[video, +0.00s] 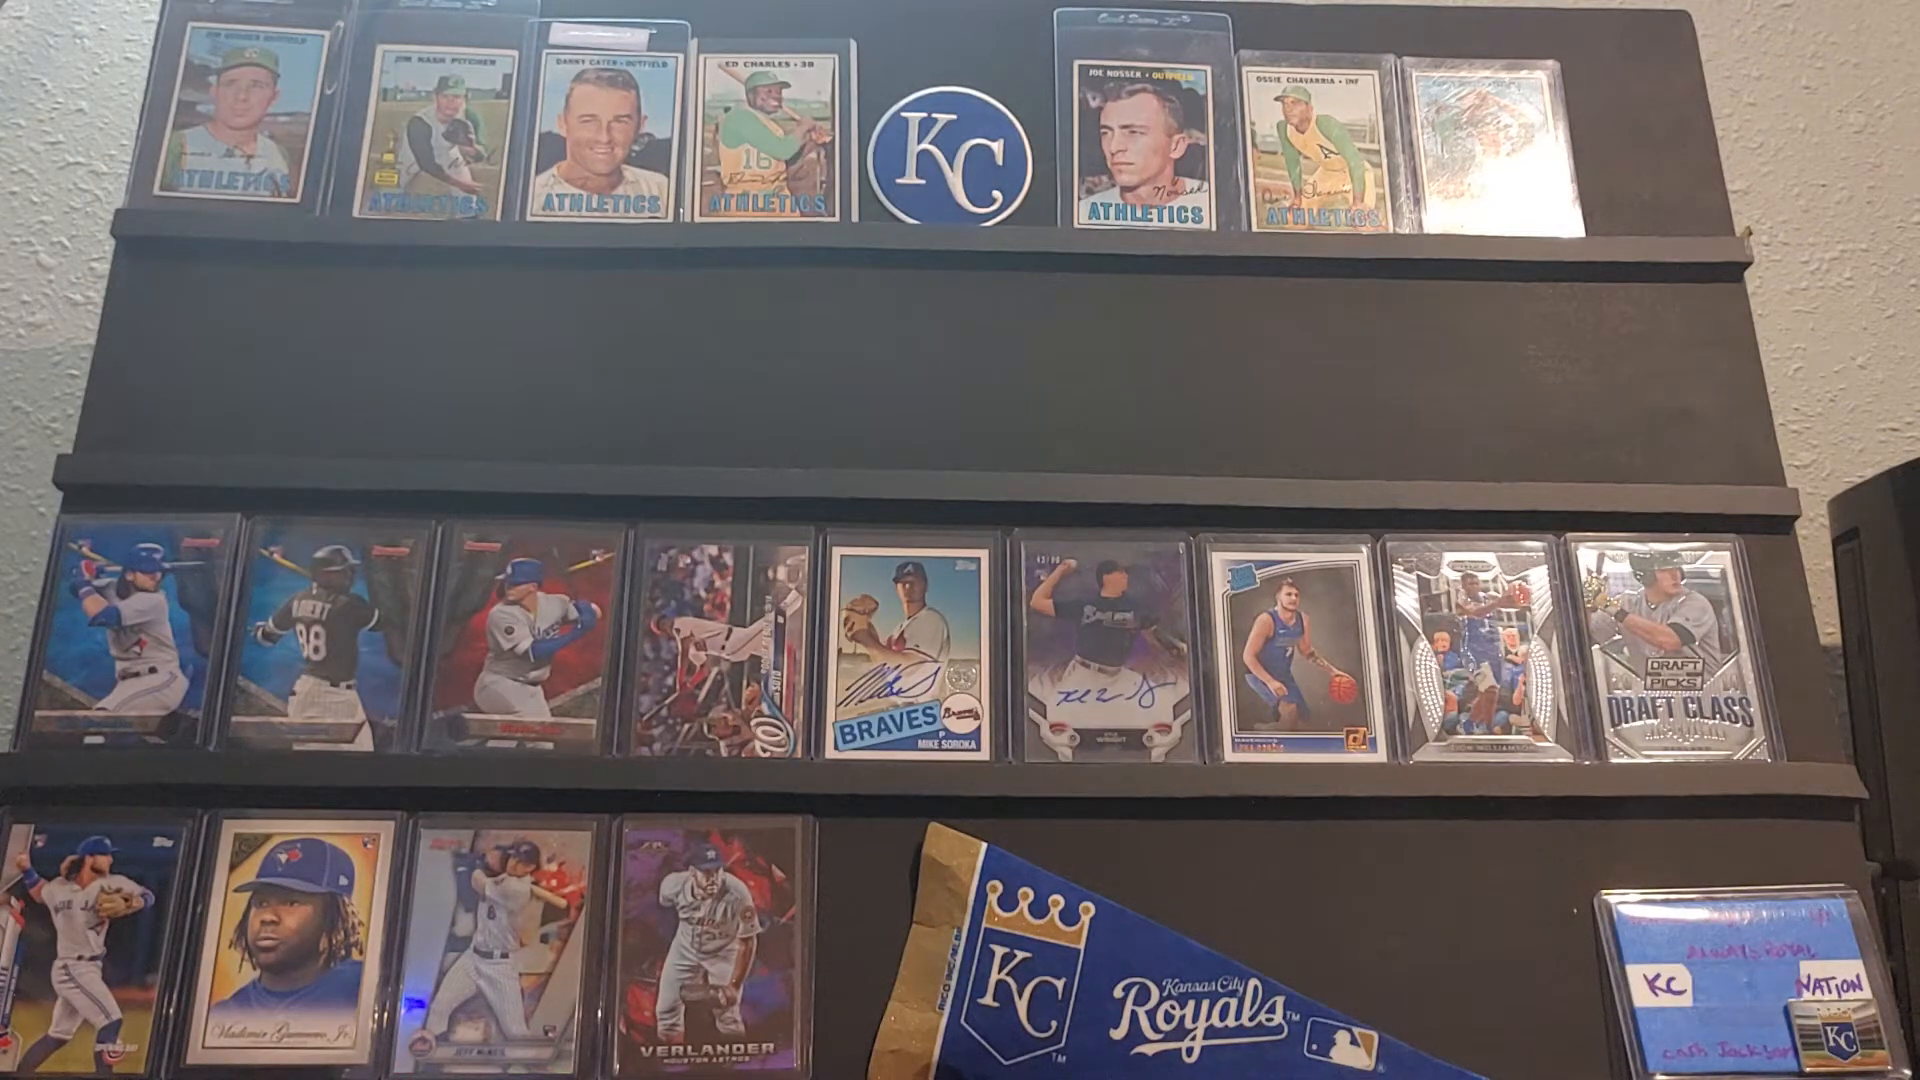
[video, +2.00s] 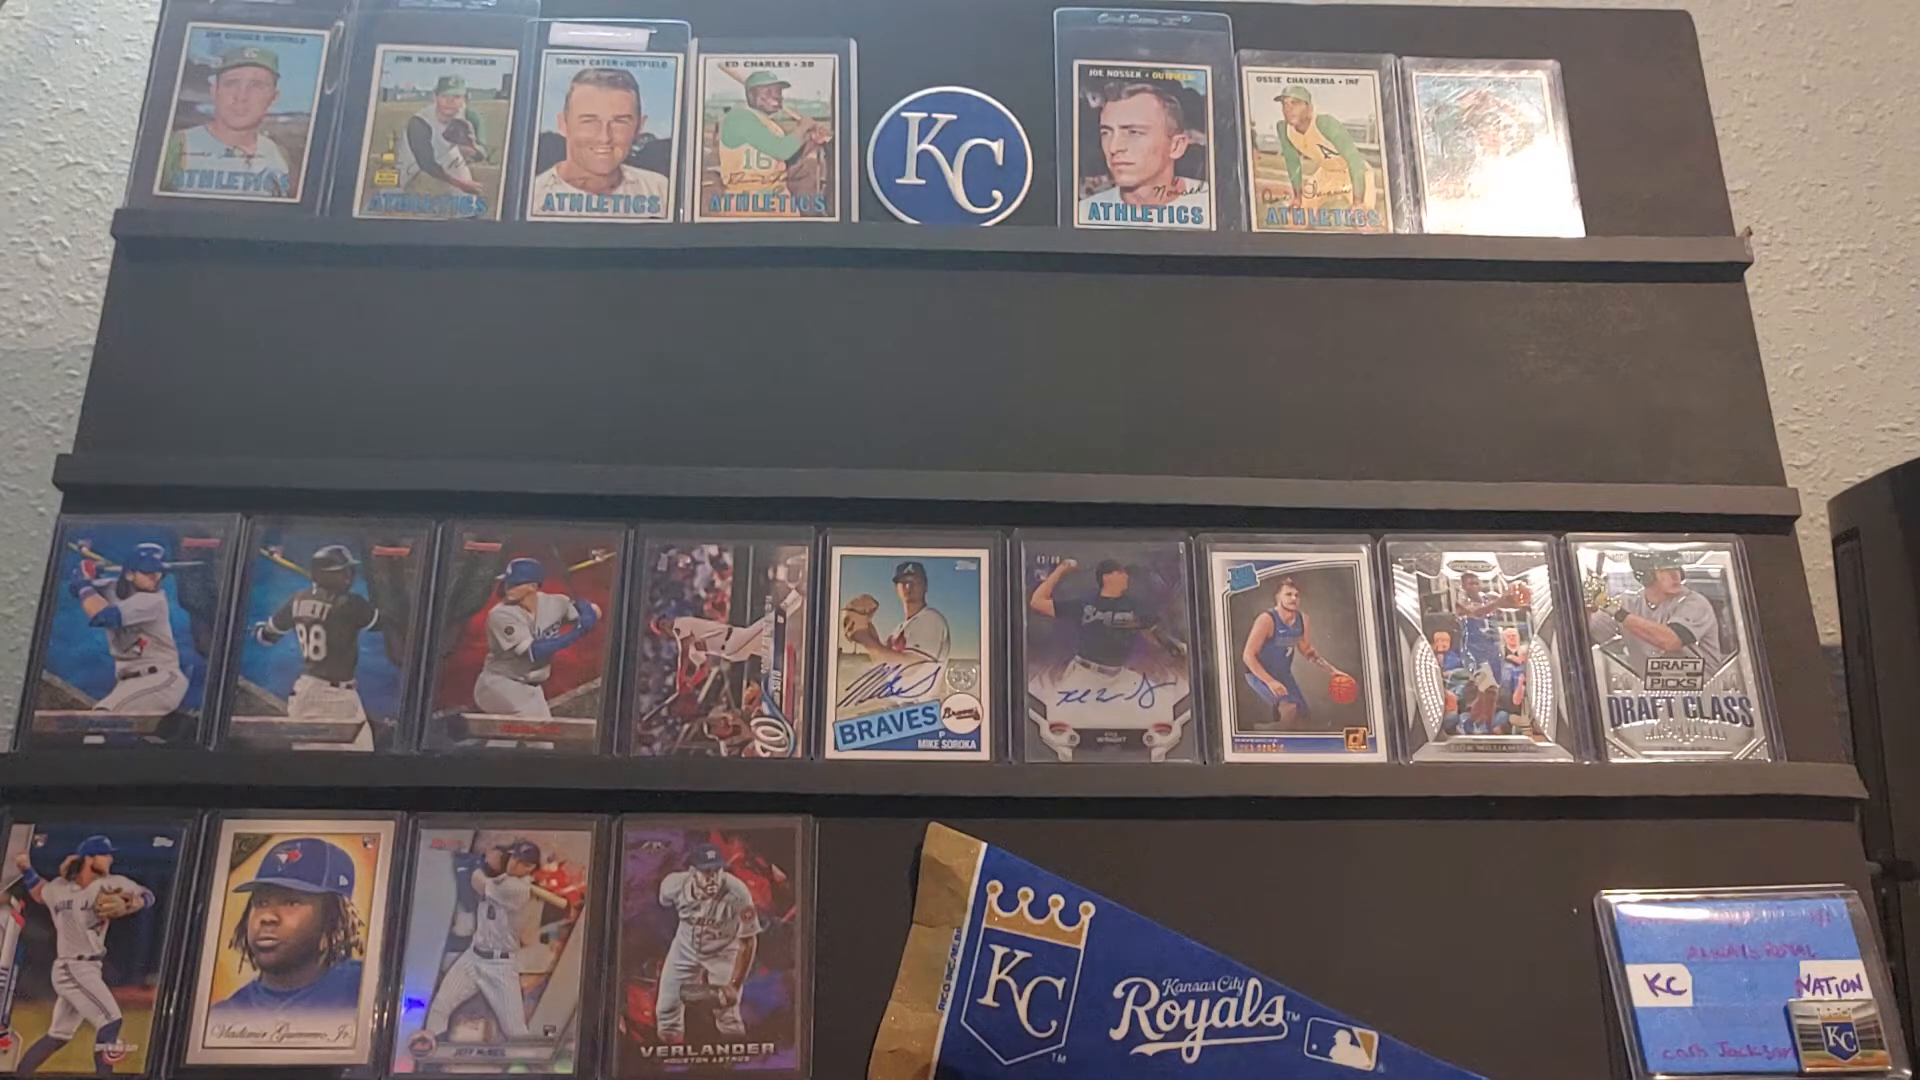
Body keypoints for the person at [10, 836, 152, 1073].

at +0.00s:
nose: (110, 860)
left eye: (110, 855)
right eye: (105, 855)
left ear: (98, 861)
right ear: (89, 859)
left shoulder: (111, 884)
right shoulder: (58, 888)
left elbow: (148, 896)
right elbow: (39, 892)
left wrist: (133, 904)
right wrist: (27, 870)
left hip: (90, 968)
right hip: (70, 969)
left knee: (58, 1036)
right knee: (111, 1019)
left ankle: (20, 1073)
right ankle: (104, 1074)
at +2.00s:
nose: (110, 859)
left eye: (110, 855)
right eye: (105, 855)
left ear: (97, 861)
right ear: (90, 859)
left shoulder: (111, 884)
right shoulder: (58, 889)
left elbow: (148, 896)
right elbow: (39, 890)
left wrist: (130, 905)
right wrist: (26, 869)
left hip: (91, 969)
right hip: (71, 969)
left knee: (58, 1036)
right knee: (111, 1019)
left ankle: (19, 1073)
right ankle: (104, 1073)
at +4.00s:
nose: (110, 859)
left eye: (110, 855)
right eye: (105, 855)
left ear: (96, 861)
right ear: (89, 859)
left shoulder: (111, 884)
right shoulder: (58, 888)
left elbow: (149, 896)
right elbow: (39, 892)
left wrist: (131, 904)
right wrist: (27, 869)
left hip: (90, 969)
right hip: (71, 969)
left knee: (58, 1035)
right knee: (111, 1020)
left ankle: (19, 1073)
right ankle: (104, 1074)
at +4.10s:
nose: (110, 859)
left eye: (110, 855)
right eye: (105, 855)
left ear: (96, 861)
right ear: (89, 859)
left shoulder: (111, 884)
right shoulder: (58, 888)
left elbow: (149, 896)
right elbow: (39, 892)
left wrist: (131, 904)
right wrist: (27, 869)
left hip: (90, 969)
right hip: (71, 969)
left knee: (58, 1035)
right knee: (111, 1020)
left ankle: (19, 1073)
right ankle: (104, 1074)